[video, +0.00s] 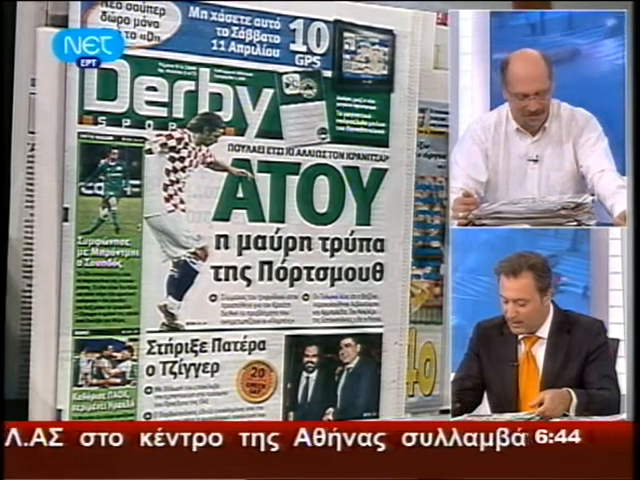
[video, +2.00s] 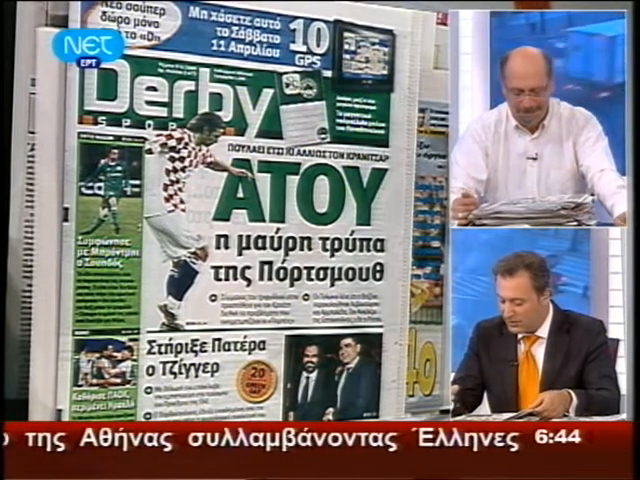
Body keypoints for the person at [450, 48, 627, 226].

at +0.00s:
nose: (533, 106)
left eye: (541, 95)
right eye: (522, 97)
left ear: (551, 86)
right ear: (505, 91)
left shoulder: (580, 124)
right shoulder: (482, 131)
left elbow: (604, 174)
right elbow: (462, 189)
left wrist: (624, 211)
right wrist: (463, 208)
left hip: (567, 245)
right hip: (499, 245)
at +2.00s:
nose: (527, 103)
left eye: (536, 92)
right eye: (517, 93)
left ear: (550, 86)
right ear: (504, 87)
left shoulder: (579, 123)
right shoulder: (482, 130)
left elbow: (603, 174)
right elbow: (462, 189)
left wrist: (624, 211)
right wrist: (462, 209)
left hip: (568, 245)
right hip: (499, 245)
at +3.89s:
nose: (545, 97)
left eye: (551, 85)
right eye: (533, 89)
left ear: (558, 81)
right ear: (510, 88)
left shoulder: (581, 123)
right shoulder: (484, 130)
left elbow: (604, 173)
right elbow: (463, 187)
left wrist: (624, 210)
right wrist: (463, 207)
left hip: (569, 245)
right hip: (500, 245)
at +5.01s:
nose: (532, 100)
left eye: (541, 89)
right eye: (521, 91)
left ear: (554, 82)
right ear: (506, 87)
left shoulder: (582, 123)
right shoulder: (484, 129)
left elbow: (605, 173)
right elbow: (462, 188)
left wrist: (624, 211)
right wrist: (462, 208)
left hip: (569, 244)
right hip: (501, 244)